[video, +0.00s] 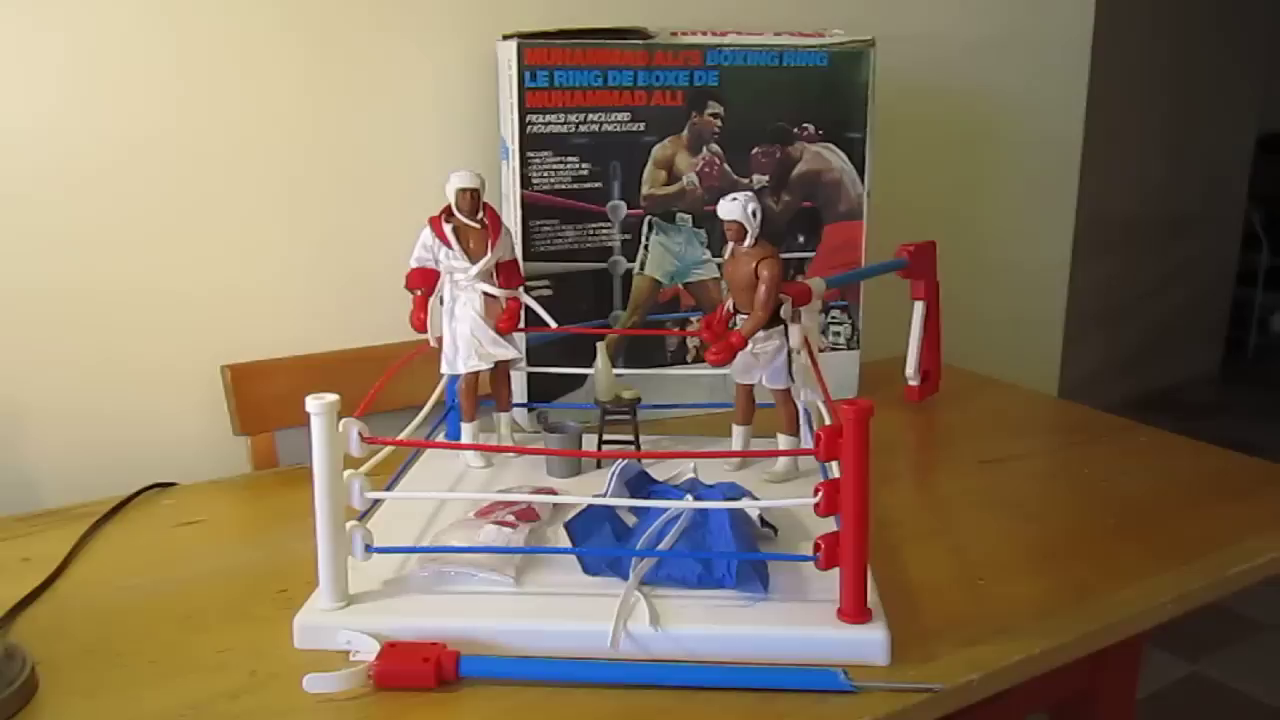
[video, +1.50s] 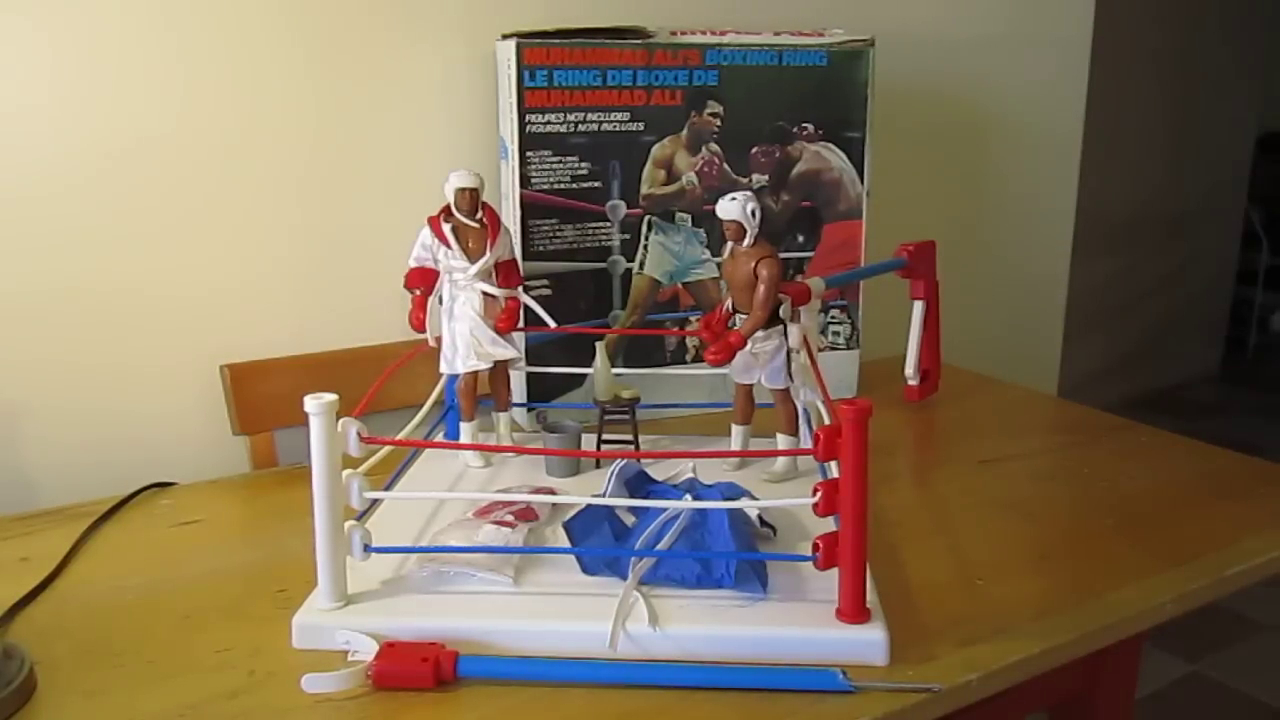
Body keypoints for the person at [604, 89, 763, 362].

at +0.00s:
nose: (719, 123)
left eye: (721, 118)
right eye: (714, 116)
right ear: (694, 117)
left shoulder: (713, 152)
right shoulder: (665, 150)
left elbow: (730, 183)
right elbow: (647, 198)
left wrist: (752, 182)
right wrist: (682, 185)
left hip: (694, 238)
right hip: (661, 236)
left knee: (719, 311)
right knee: (635, 316)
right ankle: (597, 375)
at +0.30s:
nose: (719, 123)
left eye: (720, 118)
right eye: (713, 116)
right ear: (694, 117)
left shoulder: (713, 152)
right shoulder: (665, 150)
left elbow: (730, 182)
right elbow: (647, 198)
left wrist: (751, 182)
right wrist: (682, 185)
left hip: (693, 237)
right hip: (660, 235)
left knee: (717, 311)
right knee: (635, 315)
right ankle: (598, 375)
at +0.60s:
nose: (719, 123)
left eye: (720, 118)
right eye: (713, 116)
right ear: (693, 117)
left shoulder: (712, 151)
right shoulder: (665, 150)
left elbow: (730, 183)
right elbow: (647, 198)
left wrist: (750, 182)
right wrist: (682, 185)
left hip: (693, 237)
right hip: (660, 234)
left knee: (716, 310)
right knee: (634, 315)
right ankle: (597, 373)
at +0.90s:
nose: (719, 123)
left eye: (720, 118)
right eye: (714, 116)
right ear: (694, 117)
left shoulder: (712, 151)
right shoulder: (665, 150)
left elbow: (730, 182)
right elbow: (647, 198)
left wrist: (750, 182)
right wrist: (682, 184)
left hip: (693, 238)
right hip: (660, 235)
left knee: (717, 311)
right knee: (634, 315)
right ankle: (597, 373)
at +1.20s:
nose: (719, 123)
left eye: (720, 117)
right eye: (713, 116)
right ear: (693, 117)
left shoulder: (712, 151)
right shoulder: (665, 150)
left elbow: (729, 181)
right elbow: (646, 197)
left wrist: (751, 182)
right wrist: (682, 184)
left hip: (693, 237)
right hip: (659, 235)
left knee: (718, 310)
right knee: (634, 316)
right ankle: (597, 373)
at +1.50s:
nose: (719, 123)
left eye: (720, 117)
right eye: (713, 116)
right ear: (693, 117)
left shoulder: (712, 151)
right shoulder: (665, 149)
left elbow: (729, 182)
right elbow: (646, 198)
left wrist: (752, 181)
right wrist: (682, 184)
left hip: (693, 237)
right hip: (659, 235)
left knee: (718, 310)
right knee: (635, 315)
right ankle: (597, 374)